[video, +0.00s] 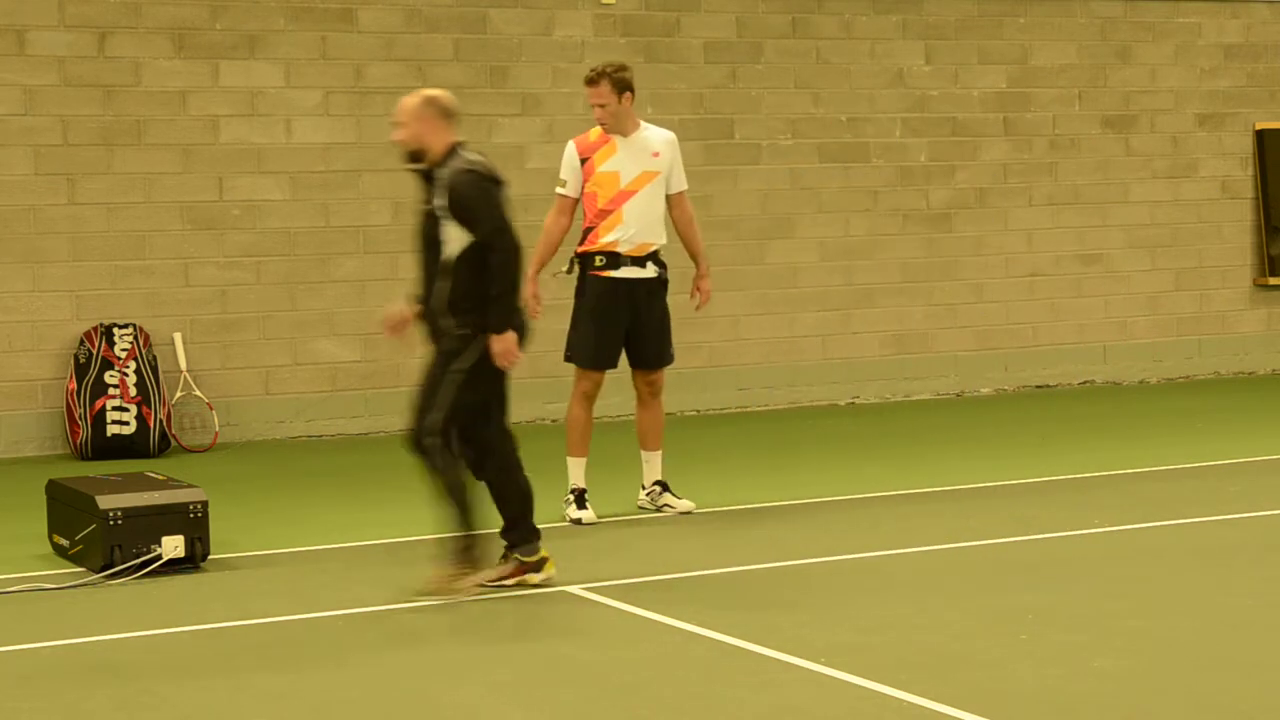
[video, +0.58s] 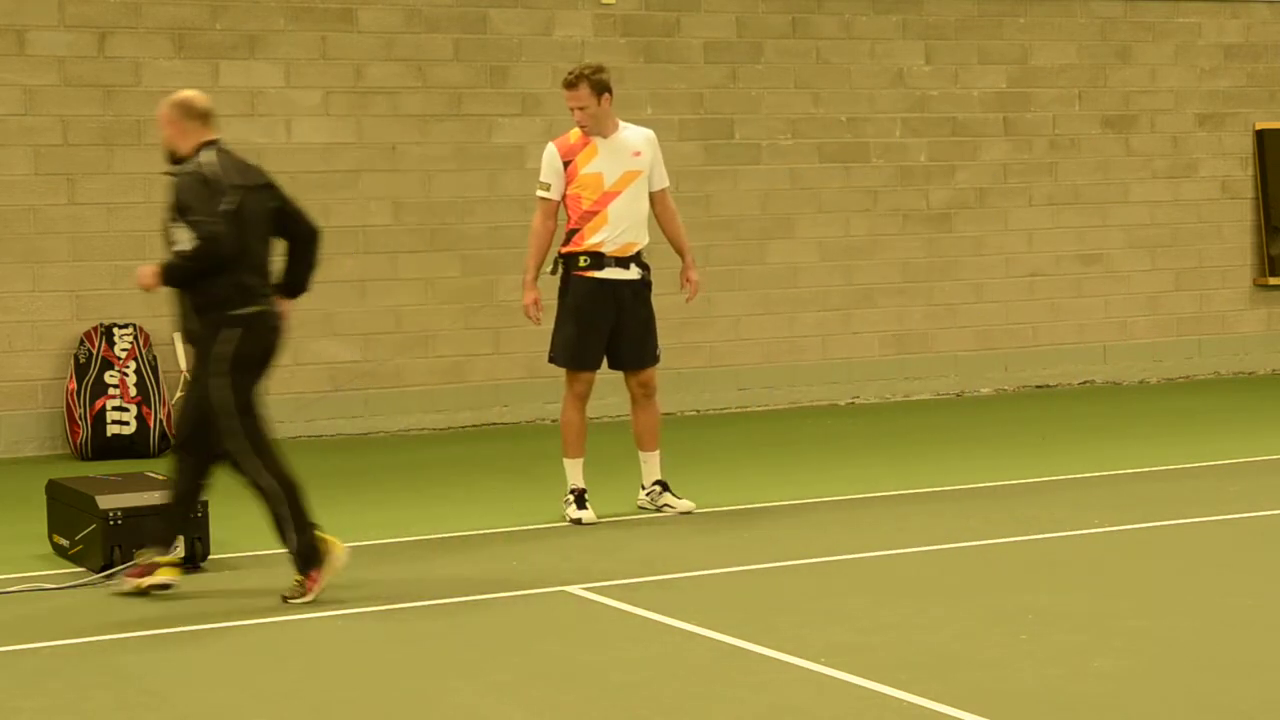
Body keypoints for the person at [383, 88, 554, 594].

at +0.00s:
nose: (396, 134)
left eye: (403, 124)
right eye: (398, 125)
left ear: (433, 124)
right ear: (430, 125)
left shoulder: (466, 178)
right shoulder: (438, 178)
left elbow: (503, 249)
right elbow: (448, 260)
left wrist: (503, 324)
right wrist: (416, 307)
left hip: (476, 335)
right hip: (459, 333)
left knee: (432, 432)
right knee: (487, 439)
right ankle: (527, 550)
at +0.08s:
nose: (361, 135)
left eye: (368, 125)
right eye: (362, 126)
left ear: (398, 125)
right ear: (394, 125)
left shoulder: (433, 179)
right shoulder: (402, 181)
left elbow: (480, 244)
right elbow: (415, 266)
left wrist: (478, 321)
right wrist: (373, 296)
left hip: (444, 337)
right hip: (427, 335)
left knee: (400, 441)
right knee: (474, 446)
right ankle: (522, 545)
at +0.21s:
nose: (306, 143)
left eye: (312, 132)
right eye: (306, 134)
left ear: (341, 131)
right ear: (337, 133)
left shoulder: (383, 192)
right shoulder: (344, 192)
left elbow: (422, 257)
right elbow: (358, 266)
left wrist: (417, 332)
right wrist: (327, 304)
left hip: (384, 345)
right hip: (366, 343)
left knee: (343, 451)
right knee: (408, 448)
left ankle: (340, 572)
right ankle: (490, 527)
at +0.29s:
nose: (270, 149)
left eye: (275, 139)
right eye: (270, 140)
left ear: (301, 137)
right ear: (301, 138)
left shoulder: (344, 196)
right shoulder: (309, 195)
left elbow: (369, 272)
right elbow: (314, 270)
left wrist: (363, 347)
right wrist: (299, 326)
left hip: (352, 348)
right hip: (324, 345)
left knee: (315, 456)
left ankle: (338, 571)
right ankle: (433, 513)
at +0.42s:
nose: (221, 146)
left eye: (225, 136)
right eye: (221, 136)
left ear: (250, 137)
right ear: (253, 135)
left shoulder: (285, 192)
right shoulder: (264, 188)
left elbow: (318, 267)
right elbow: (284, 269)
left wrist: (261, 327)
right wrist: (258, 321)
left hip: (312, 338)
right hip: (287, 336)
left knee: (291, 450)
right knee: (254, 440)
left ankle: (335, 569)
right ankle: (326, 534)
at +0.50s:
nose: (191, 140)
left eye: (194, 130)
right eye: (192, 129)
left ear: (212, 128)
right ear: (232, 126)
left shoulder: (232, 183)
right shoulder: (270, 174)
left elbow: (260, 256)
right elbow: (325, 236)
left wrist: (201, 290)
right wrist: (306, 291)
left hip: (268, 331)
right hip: (275, 326)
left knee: (273, 444)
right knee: (220, 431)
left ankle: (331, 561)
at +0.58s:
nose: (163, 138)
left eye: (164, 128)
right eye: (163, 128)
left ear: (180, 125)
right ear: (205, 123)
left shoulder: (194, 178)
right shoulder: (246, 172)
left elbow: (213, 250)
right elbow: (303, 231)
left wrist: (166, 273)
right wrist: (288, 289)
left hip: (226, 327)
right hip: (255, 323)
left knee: (241, 441)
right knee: (192, 437)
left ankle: (311, 551)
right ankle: (171, 552)